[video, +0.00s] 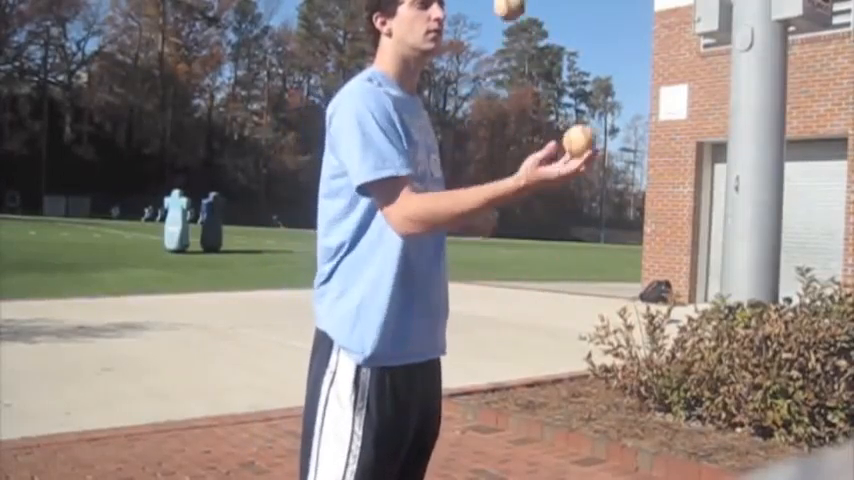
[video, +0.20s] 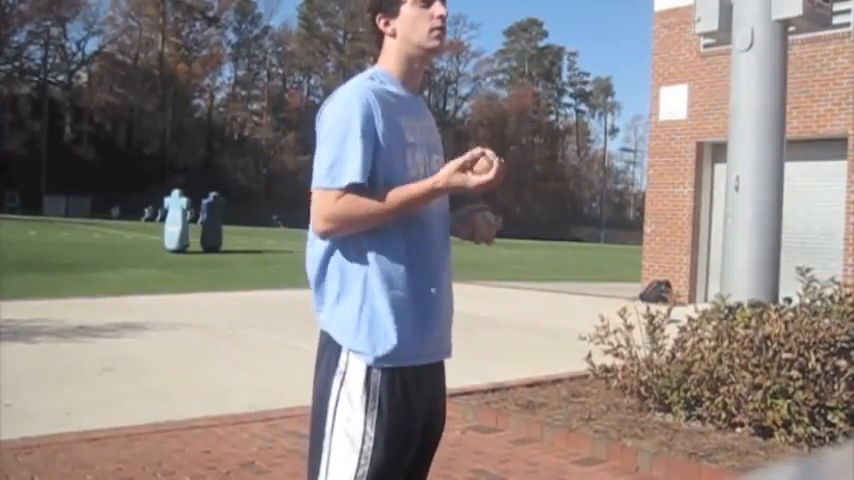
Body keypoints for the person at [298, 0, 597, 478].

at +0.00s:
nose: (439, 15)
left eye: (440, 6)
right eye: (422, 5)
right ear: (383, 21)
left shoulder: (413, 108)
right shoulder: (361, 100)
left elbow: (421, 212)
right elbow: (406, 214)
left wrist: (465, 219)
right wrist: (521, 181)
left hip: (417, 349)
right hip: (363, 351)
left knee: (404, 470)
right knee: (346, 471)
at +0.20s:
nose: (442, 12)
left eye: (442, 5)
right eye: (425, 4)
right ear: (386, 22)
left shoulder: (422, 113)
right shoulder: (355, 101)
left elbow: (407, 219)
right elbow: (327, 215)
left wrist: (456, 221)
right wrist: (436, 184)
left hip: (422, 346)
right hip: (367, 348)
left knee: (407, 469)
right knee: (355, 469)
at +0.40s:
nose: (430, 12)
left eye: (430, 4)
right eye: (412, 4)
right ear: (376, 25)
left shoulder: (418, 116)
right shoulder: (343, 104)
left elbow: (409, 223)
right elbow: (276, 205)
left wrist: (453, 212)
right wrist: (381, 247)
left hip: (424, 350)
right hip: (366, 351)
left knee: (408, 470)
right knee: (360, 470)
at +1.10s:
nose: (358, 11)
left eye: (370, 1)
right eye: (343, 1)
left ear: (387, 14)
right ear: (320, 16)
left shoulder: (411, 113)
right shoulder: (276, 109)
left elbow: (414, 212)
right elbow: (237, 229)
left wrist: (439, 263)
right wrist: (307, 224)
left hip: (393, 370)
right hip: (304, 374)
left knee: (391, 471)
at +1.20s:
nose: (345, 11)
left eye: (358, 1)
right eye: (330, 0)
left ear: (375, 14)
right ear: (307, 13)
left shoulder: (402, 111)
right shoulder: (266, 105)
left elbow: (410, 211)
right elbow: (246, 225)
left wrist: (443, 283)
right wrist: (299, 163)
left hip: (385, 369)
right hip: (296, 372)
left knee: (383, 471)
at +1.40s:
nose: (329, 9)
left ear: (359, 12)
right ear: (294, 11)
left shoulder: (391, 108)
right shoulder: (250, 105)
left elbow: (402, 216)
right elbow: (214, 238)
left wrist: (444, 303)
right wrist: (235, 180)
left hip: (376, 369)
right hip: (283, 372)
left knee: (379, 470)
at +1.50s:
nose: (327, 6)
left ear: (362, 11)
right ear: (292, 10)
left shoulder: (388, 107)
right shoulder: (244, 111)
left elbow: (401, 209)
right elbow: (198, 237)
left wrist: (458, 288)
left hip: (375, 375)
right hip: (282, 381)